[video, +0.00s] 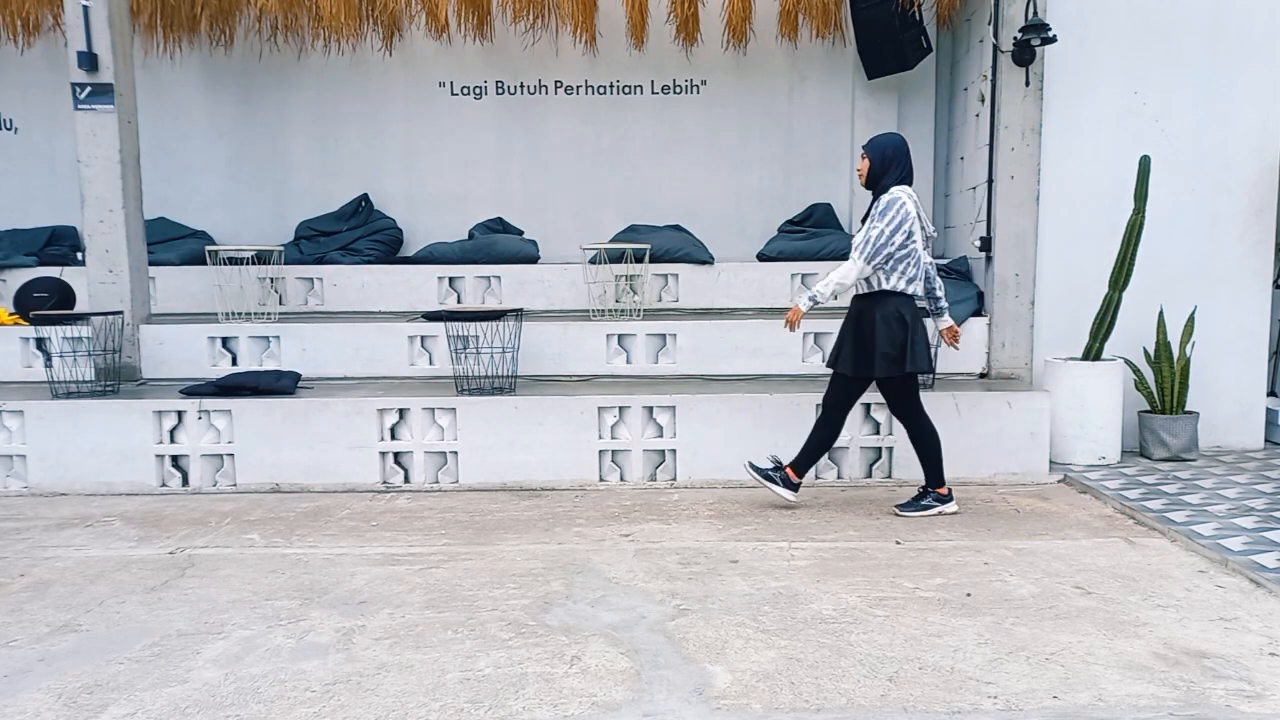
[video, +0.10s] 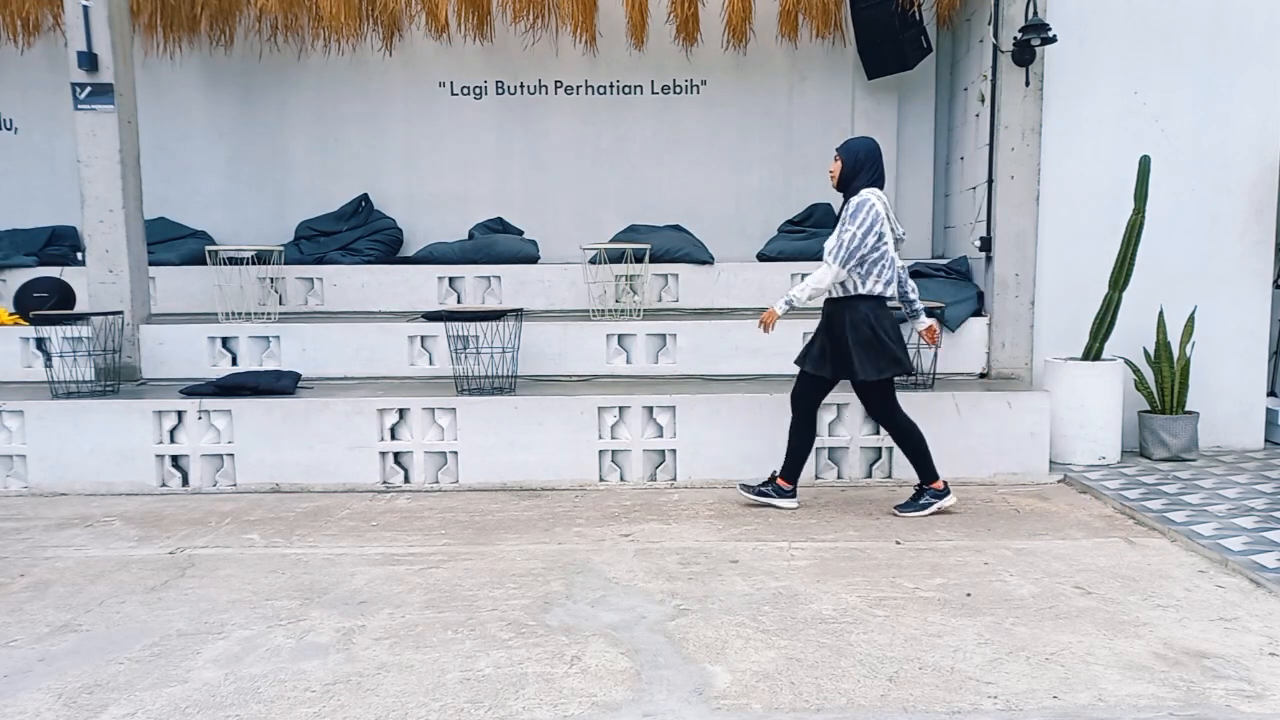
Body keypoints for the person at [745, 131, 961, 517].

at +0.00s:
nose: (859, 166)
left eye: (865, 158)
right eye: (861, 158)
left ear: (883, 162)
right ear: (891, 162)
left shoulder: (894, 201)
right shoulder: (902, 201)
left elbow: (860, 262)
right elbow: (924, 265)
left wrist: (809, 298)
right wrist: (943, 316)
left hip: (884, 315)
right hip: (882, 314)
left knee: (906, 406)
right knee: (837, 401)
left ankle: (939, 491)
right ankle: (792, 476)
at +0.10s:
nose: (831, 167)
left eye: (837, 160)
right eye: (833, 160)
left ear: (856, 164)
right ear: (862, 165)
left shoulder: (865, 203)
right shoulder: (866, 204)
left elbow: (833, 268)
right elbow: (895, 266)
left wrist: (784, 304)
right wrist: (919, 316)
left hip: (861, 318)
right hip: (843, 319)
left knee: (883, 409)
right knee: (804, 397)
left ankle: (934, 486)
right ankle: (785, 484)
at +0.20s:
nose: (802, 166)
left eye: (808, 159)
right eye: (804, 159)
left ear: (825, 163)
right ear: (832, 164)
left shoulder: (833, 200)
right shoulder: (835, 202)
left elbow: (814, 269)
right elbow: (858, 272)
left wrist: (777, 315)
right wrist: (874, 325)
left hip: (825, 315)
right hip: (809, 316)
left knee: (841, 412)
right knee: (781, 398)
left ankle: (915, 474)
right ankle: (777, 486)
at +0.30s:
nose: (773, 162)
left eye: (779, 155)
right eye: (776, 154)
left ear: (796, 160)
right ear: (798, 161)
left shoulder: (804, 197)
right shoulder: (796, 199)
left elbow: (802, 268)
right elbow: (796, 268)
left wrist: (788, 326)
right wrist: (778, 321)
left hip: (795, 310)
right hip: (781, 308)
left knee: (782, 410)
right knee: (770, 403)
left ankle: (859, 459)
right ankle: (777, 486)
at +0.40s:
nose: (745, 157)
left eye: (751, 151)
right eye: (747, 150)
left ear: (768, 156)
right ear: (773, 158)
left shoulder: (778, 192)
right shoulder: (770, 195)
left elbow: (793, 259)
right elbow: (786, 261)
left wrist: (799, 319)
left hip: (769, 306)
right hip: (766, 304)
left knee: (730, 397)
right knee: (768, 399)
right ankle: (775, 482)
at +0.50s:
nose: (716, 160)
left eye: (723, 154)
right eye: (719, 153)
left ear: (740, 159)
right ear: (744, 161)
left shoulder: (752, 195)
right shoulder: (739, 203)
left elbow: (778, 255)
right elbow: (718, 269)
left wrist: (796, 313)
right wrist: (687, 310)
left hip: (748, 312)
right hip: (750, 312)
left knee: (701, 393)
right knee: (764, 403)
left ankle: (701, 485)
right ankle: (778, 486)